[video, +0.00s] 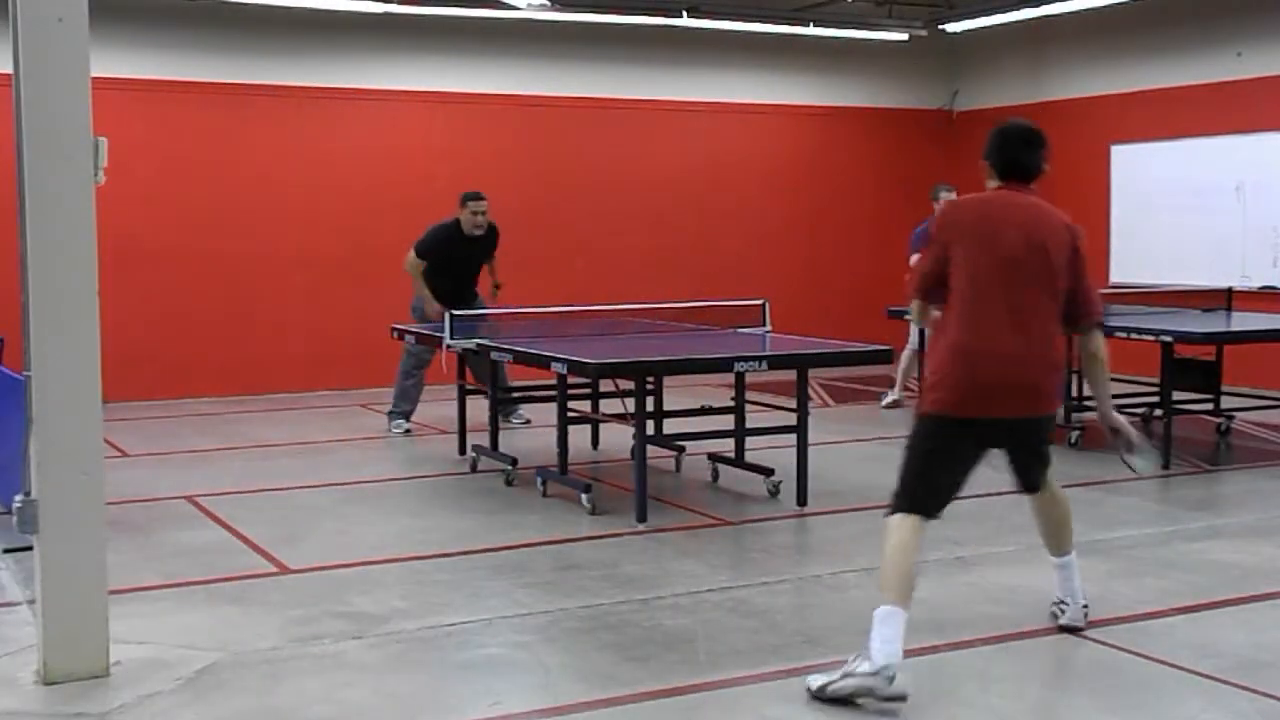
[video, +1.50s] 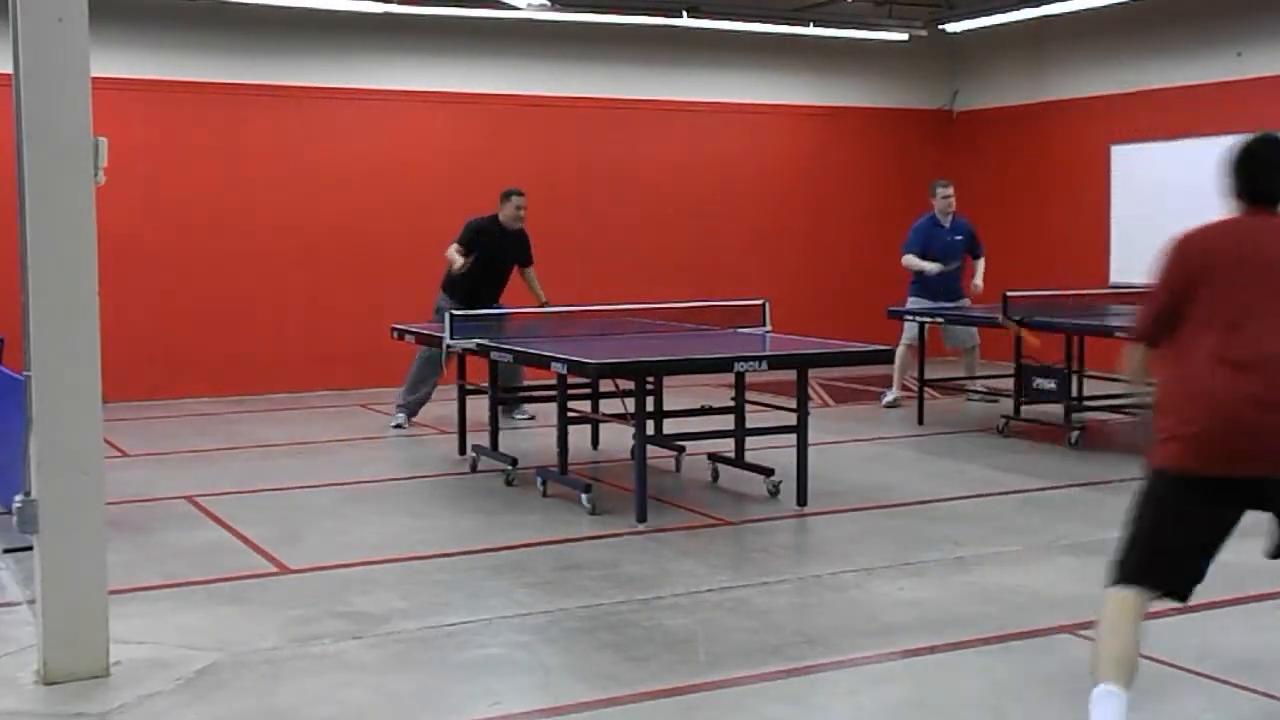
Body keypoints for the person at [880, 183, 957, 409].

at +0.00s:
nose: (951, 207)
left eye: (953, 202)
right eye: (946, 202)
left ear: (957, 204)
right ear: (935, 203)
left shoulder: (959, 231)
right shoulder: (923, 233)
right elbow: (916, 263)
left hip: (953, 298)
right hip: (927, 297)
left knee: (950, 346)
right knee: (914, 346)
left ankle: (945, 395)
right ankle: (897, 391)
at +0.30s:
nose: (946, 204)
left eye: (948, 199)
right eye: (940, 200)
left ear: (952, 201)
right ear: (928, 203)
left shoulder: (963, 230)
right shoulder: (918, 230)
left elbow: (979, 256)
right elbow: (899, 257)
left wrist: (972, 276)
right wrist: (903, 268)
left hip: (955, 296)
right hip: (923, 296)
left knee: (970, 342)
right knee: (907, 342)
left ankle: (974, 382)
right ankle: (893, 389)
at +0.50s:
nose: (917, 216)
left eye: (921, 211)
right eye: (912, 212)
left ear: (929, 211)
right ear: (907, 215)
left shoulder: (945, 231)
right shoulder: (904, 237)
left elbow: (975, 252)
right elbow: (889, 265)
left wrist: (961, 275)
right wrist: (877, 282)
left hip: (949, 300)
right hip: (916, 301)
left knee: (969, 347)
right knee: (901, 345)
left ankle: (977, 387)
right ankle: (893, 390)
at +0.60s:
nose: (907, 216)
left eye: (911, 210)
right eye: (902, 211)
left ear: (920, 211)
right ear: (896, 214)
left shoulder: (938, 233)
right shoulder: (897, 239)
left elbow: (967, 254)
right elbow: (890, 270)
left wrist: (952, 278)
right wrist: (882, 280)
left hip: (943, 300)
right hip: (911, 301)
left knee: (964, 347)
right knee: (899, 346)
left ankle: (977, 386)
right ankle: (893, 390)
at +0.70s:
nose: (905, 211)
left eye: (908, 206)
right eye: (900, 208)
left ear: (915, 205)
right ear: (893, 212)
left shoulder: (931, 227)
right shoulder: (892, 236)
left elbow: (959, 254)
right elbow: (896, 265)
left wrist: (943, 276)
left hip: (940, 298)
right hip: (908, 300)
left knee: (963, 344)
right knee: (898, 345)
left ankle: (977, 385)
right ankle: (892, 390)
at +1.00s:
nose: (932, 202)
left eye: (934, 197)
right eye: (927, 198)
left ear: (936, 199)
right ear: (914, 200)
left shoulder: (944, 227)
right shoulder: (904, 230)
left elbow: (955, 255)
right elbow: (907, 261)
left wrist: (953, 277)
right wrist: (936, 252)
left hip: (942, 294)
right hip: (913, 295)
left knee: (961, 339)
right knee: (903, 343)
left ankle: (974, 382)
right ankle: (892, 391)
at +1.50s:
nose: (951, 201)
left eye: (952, 197)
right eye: (945, 198)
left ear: (956, 198)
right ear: (933, 201)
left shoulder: (964, 228)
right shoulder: (921, 228)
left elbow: (978, 255)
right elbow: (907, 258)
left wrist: (978, 278)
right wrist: (926, 266)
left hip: (955, 297)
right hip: (922, 297)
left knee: (971, 343)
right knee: (908, 342)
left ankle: (973, 387)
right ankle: (896, 390)